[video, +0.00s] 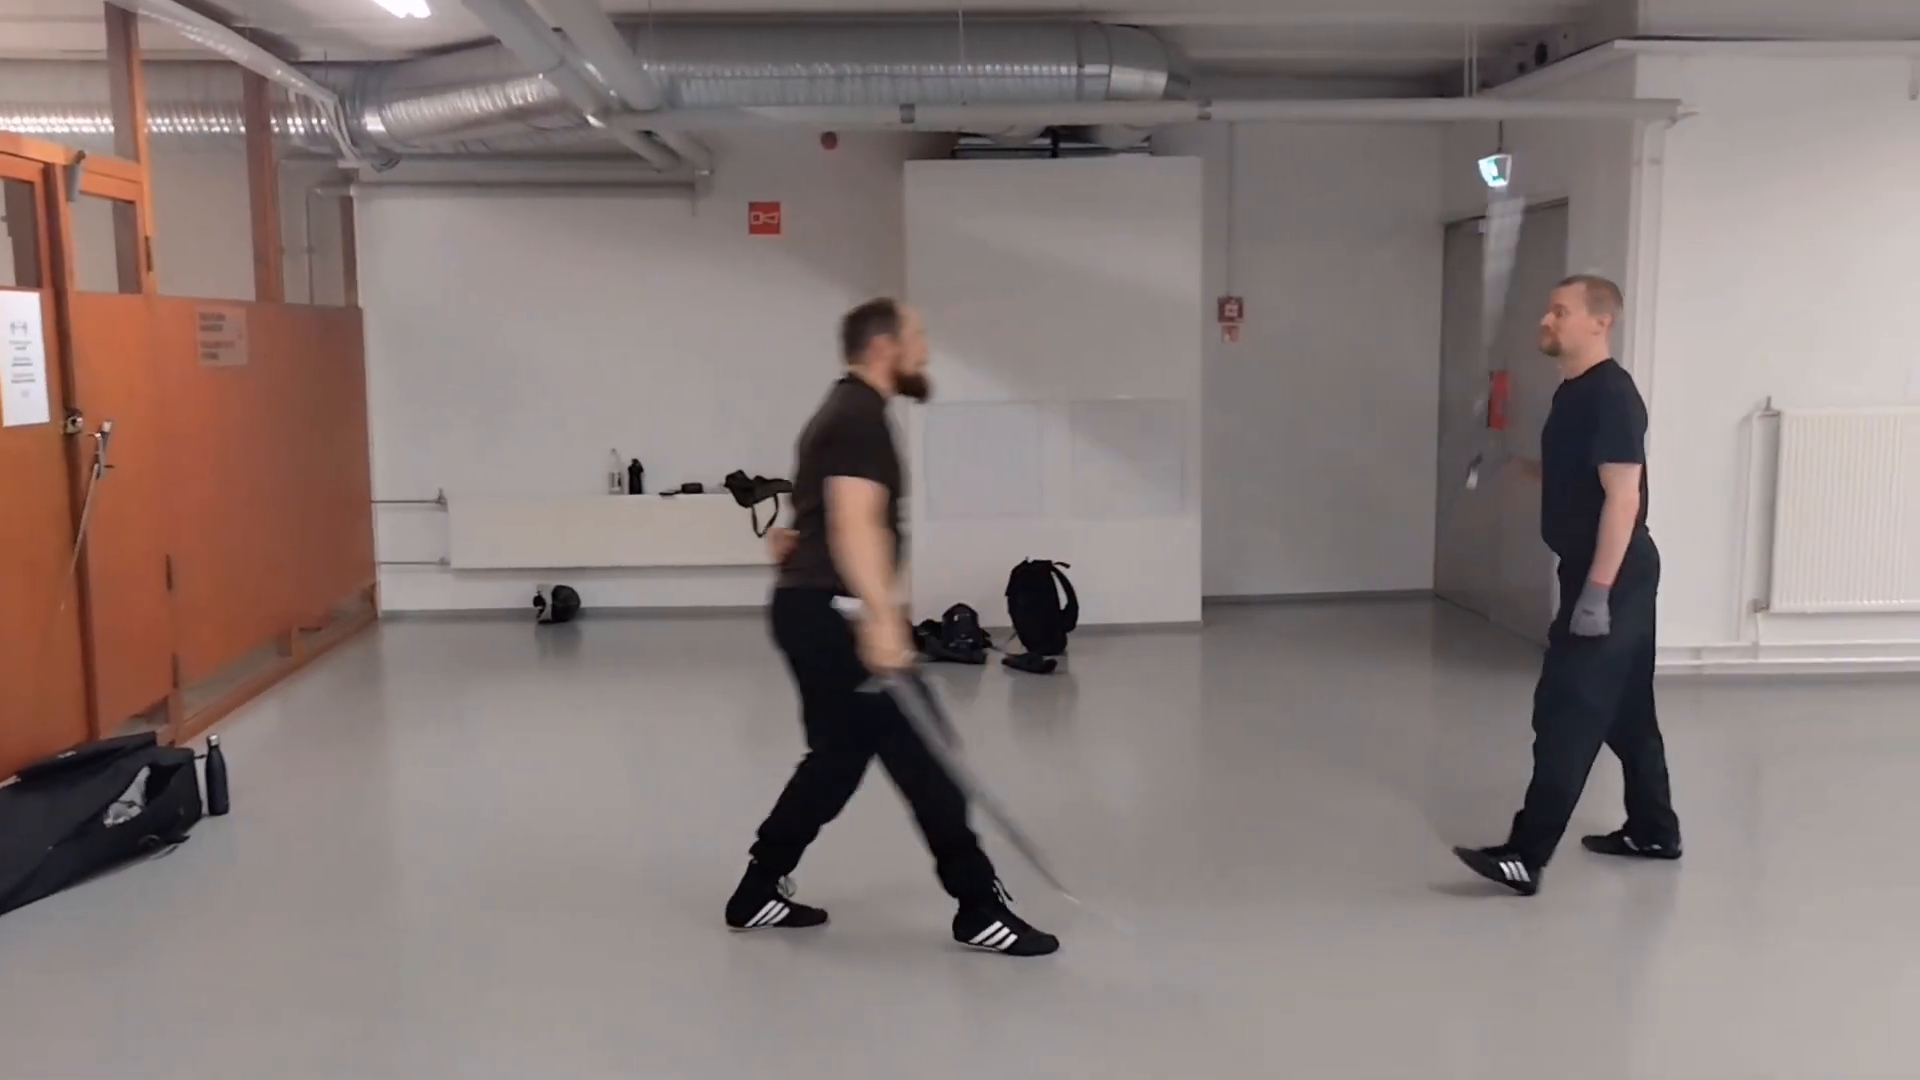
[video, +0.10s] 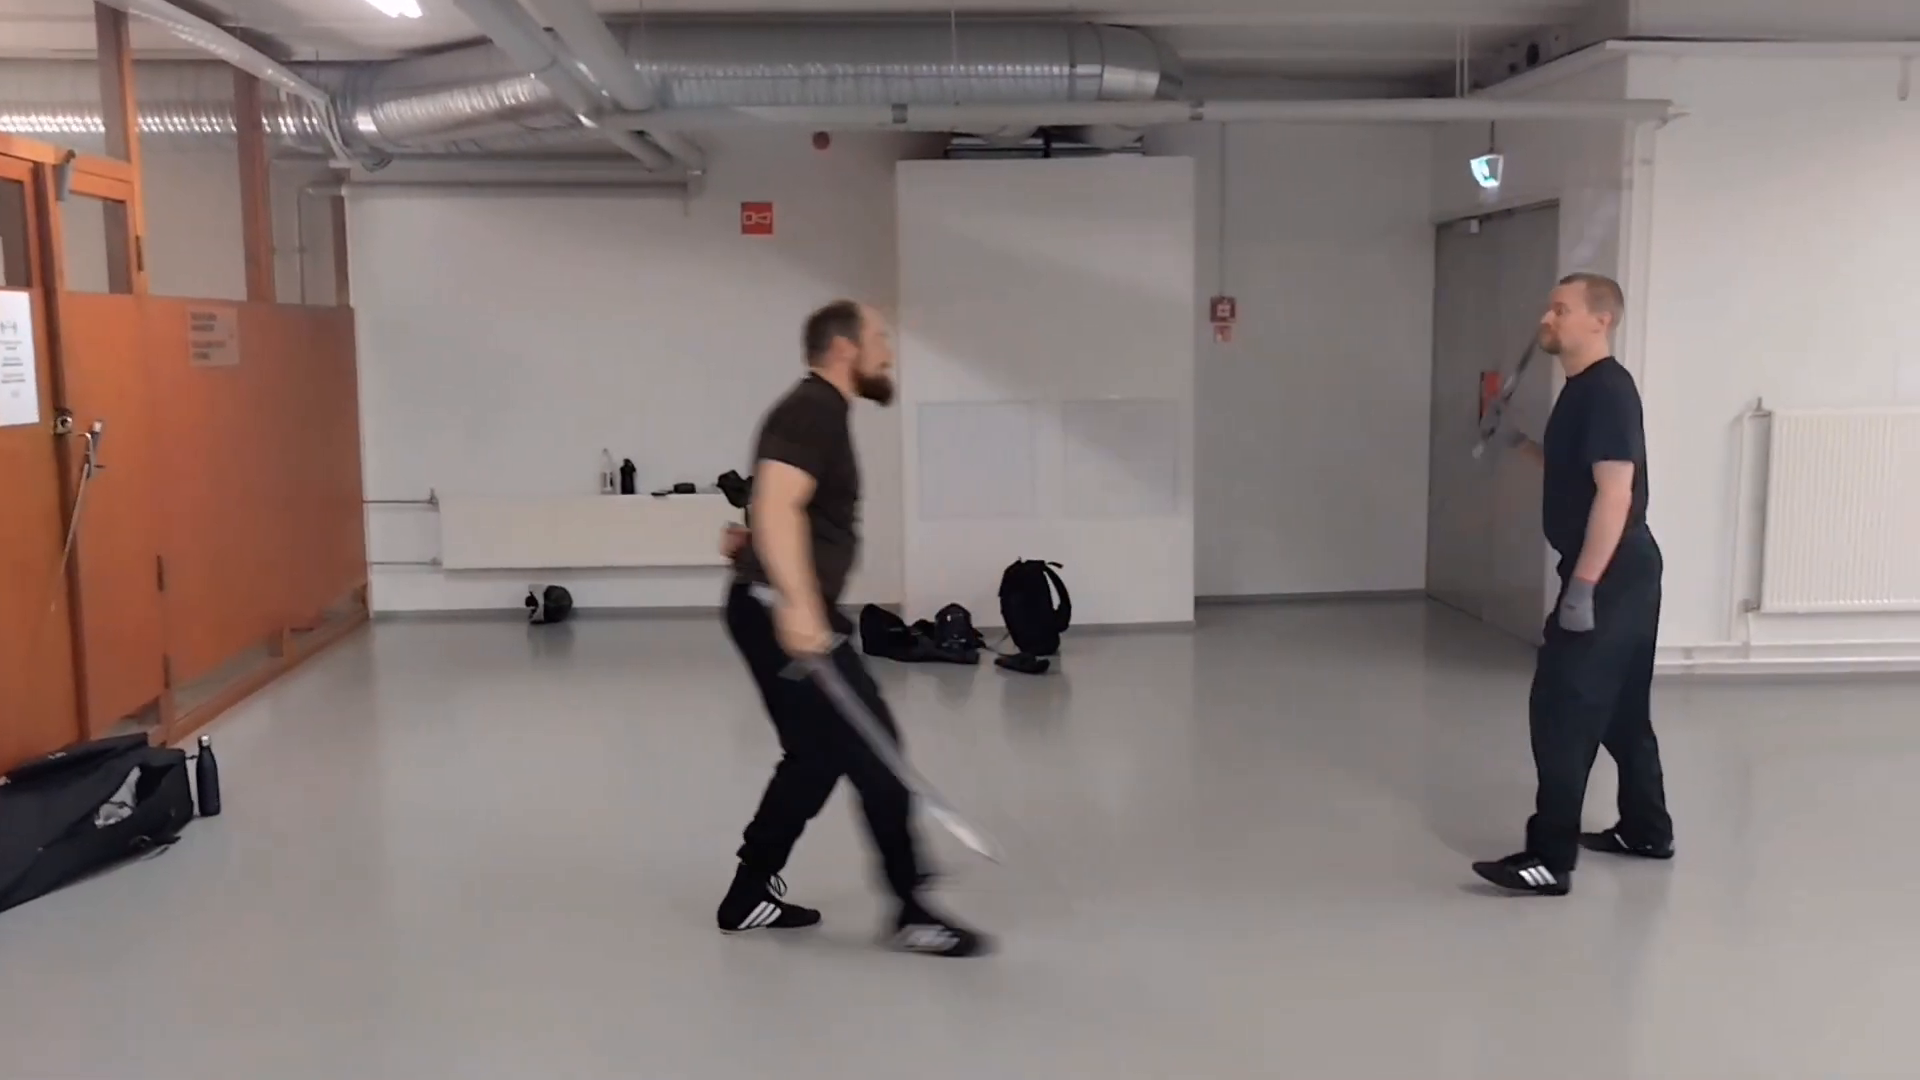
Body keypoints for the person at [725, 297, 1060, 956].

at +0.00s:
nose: (925, 350)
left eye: (922, 338)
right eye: (916, 337)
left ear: (872, 348)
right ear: (882, 346)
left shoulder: (841, 413)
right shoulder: (859, 416)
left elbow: (796, 534)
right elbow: (854, 522)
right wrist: (881, 616)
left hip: (815, 612)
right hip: (837, 612)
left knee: (839, 756)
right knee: (921, 755)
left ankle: (757, 892)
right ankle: (979, 908)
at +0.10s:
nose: (889, 353)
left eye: (886, 340)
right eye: (879, 340)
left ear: (839, 348)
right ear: (842, 347)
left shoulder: (825, 413)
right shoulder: (810, 410)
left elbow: (802, 510)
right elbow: (774, 509)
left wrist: (758, 541)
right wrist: (801, 606)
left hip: (786, 609)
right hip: (783, 611)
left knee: (815, 750)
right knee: (873, 745)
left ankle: (749, 893)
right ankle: (911, 909)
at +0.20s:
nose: (855, 350)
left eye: (852, 338)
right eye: (845, 337)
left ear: (808, 347)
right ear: (809, 346)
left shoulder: (794, 412)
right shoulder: (773, 406)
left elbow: (748, 506)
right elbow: (720, 502)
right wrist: (732, 600)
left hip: (764, 607)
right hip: (743, 609)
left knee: (804, 746)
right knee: (796, 747)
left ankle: (760, 889)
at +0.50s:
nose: (740, 362)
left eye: (736, 349)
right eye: (728, 350)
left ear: (693, 362)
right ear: (689, 361)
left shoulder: (680, 431)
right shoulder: (646, 422)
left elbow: (637, 519)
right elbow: (595, 520)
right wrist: (626, 615)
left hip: (651, 629)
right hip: (594, 630)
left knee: (713, 752)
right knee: (537, 767)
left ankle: (720, 897)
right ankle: (424, 899)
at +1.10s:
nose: (567, 353)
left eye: (565, 341)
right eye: (556, 340)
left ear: (520, 348)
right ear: (513, 346)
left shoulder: (538, 435)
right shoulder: (432, 416)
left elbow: (527, 523)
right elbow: (348, 503)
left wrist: (470, 570)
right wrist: (286, 592)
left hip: (487, 623)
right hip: (410, 620)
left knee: (549, 745)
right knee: (411, 780)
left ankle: (540, 898)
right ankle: (377, 923)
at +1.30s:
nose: (554, 350)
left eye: (551, 337)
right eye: (543, 337)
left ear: (503, 345)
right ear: (501, 344)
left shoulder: (513, 426)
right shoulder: (434, 420)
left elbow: (478, 526)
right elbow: (382, 527)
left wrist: (493, 601)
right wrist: (339, 623)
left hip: (488, 624)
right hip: (417, 628)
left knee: (561, 729)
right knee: (414, 784)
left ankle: (547, 882)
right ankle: (372, 923)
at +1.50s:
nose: (557, 353)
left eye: (554, 340)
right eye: (546, 340)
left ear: (505, 347)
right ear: (505, 346)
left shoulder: (499, 418)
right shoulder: (463, 411)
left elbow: (476, 519)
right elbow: (493, 514)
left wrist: (417, 546)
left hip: (486, 619)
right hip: (433, 617)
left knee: (564, 739)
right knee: (420, 776)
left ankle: (619, 879)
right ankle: (368, 920)